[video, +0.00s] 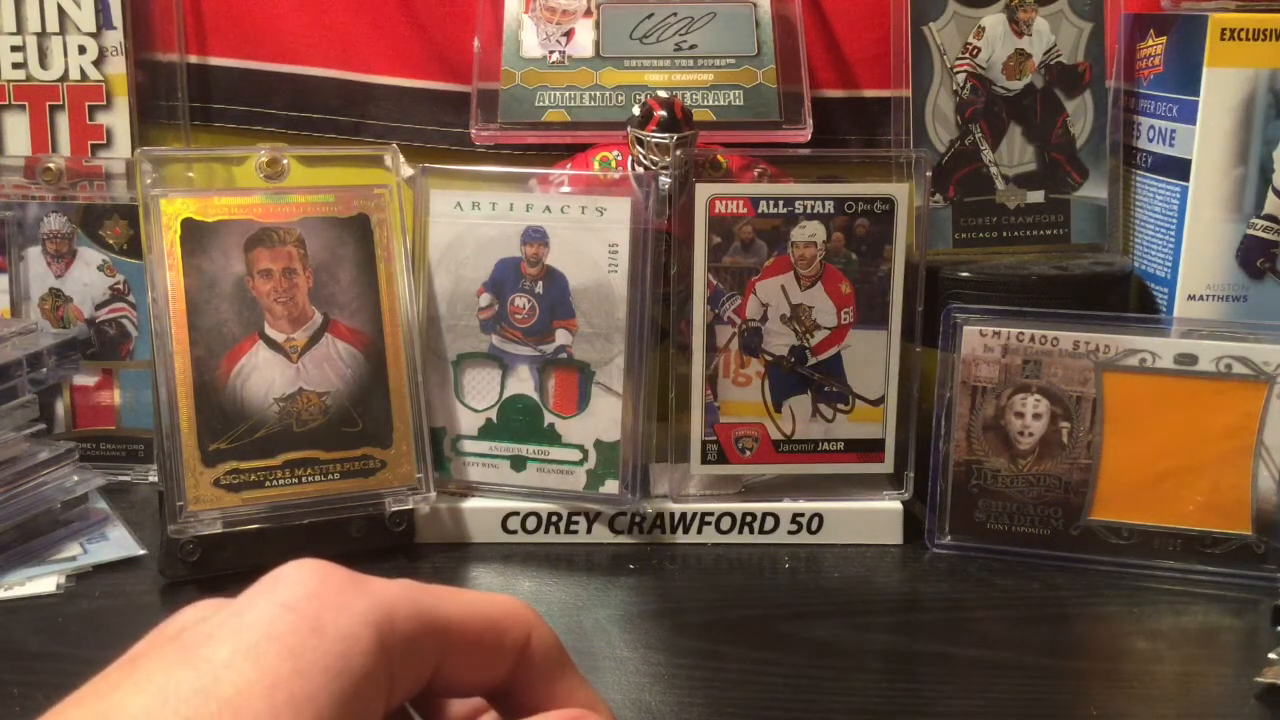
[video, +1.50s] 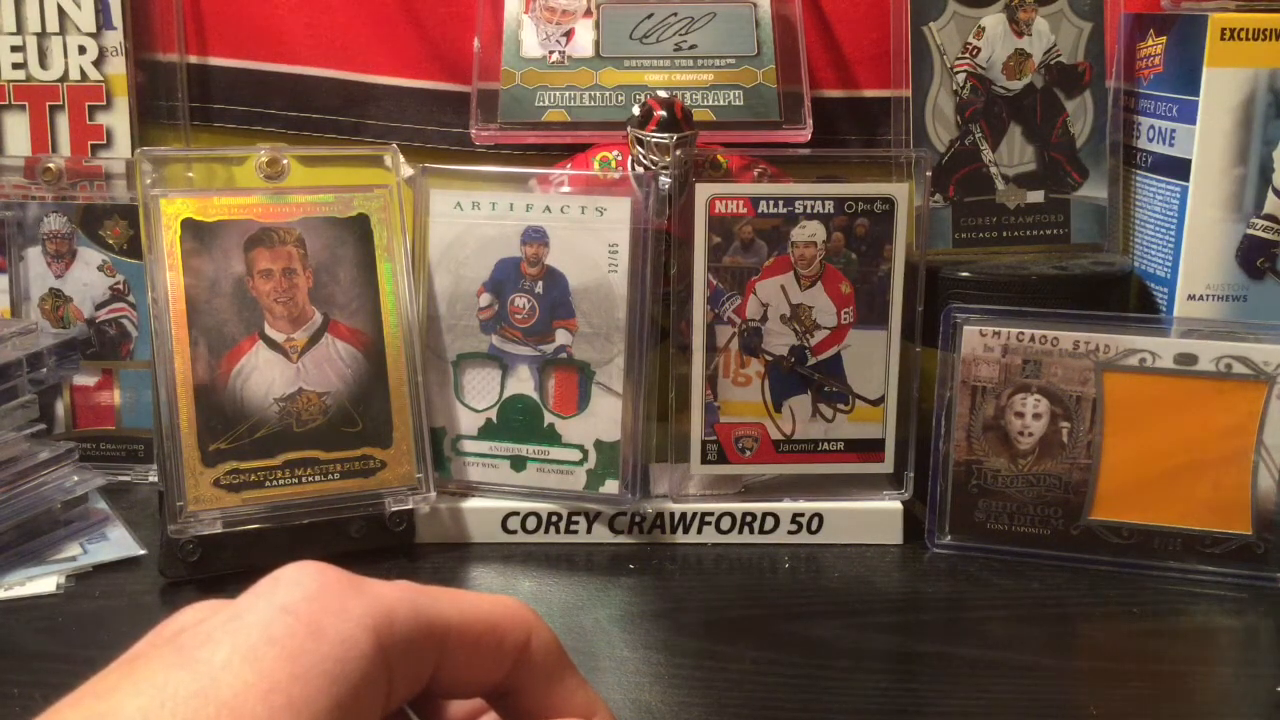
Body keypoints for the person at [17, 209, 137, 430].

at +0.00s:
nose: (56, 246)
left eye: (62, 240)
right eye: (51, 241)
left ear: (72, 240)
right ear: (43, 242)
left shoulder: (95, 264)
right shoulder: (27, 260)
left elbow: (120, 301)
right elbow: (11, 305)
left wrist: (108, 333)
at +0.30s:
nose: (57, 245)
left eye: (62, 239)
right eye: (51, 240)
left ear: (72, 239)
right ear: (43, 242)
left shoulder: (95, 264)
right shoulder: (27, 261)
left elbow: (120, 303)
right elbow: (10, 305)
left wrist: (108, 333)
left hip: (88, 362)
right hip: (39, 359)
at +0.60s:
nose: (57, 245)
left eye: (62, 239)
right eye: (51, 240)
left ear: (72, 239)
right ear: (43, 241)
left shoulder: (96, 264)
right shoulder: (27, 261)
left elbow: (121, 304)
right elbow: (12, 306)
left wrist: (107, 333)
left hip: (88, 364)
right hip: (40, 361)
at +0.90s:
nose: (57, 246)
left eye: (62, 240)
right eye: (51, 240)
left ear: (72, 240)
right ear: (43, 242)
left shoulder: (96, 264)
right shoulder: (27, 261)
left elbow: (120, 304)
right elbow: (11, 306)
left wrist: (108, 333)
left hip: (87, 360)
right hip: (39, 358)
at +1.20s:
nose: (57, 246)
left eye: (62, 239)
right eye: (51, 240)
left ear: (72, 240)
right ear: (43, 242)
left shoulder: (96, 264)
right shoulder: (27, 261)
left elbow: (120, 304)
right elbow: (13, 308)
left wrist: (108, 334)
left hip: (87, 360)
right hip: (39, 358)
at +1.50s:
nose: (57, 246)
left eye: (62, 239)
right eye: (51, 240)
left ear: (72, 239)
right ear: (43, 242)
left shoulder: (96, 264)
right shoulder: (27, 261)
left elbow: (120, 304)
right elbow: (13, 308)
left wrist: (108, 334)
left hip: (88, 361)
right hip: (40, 358)